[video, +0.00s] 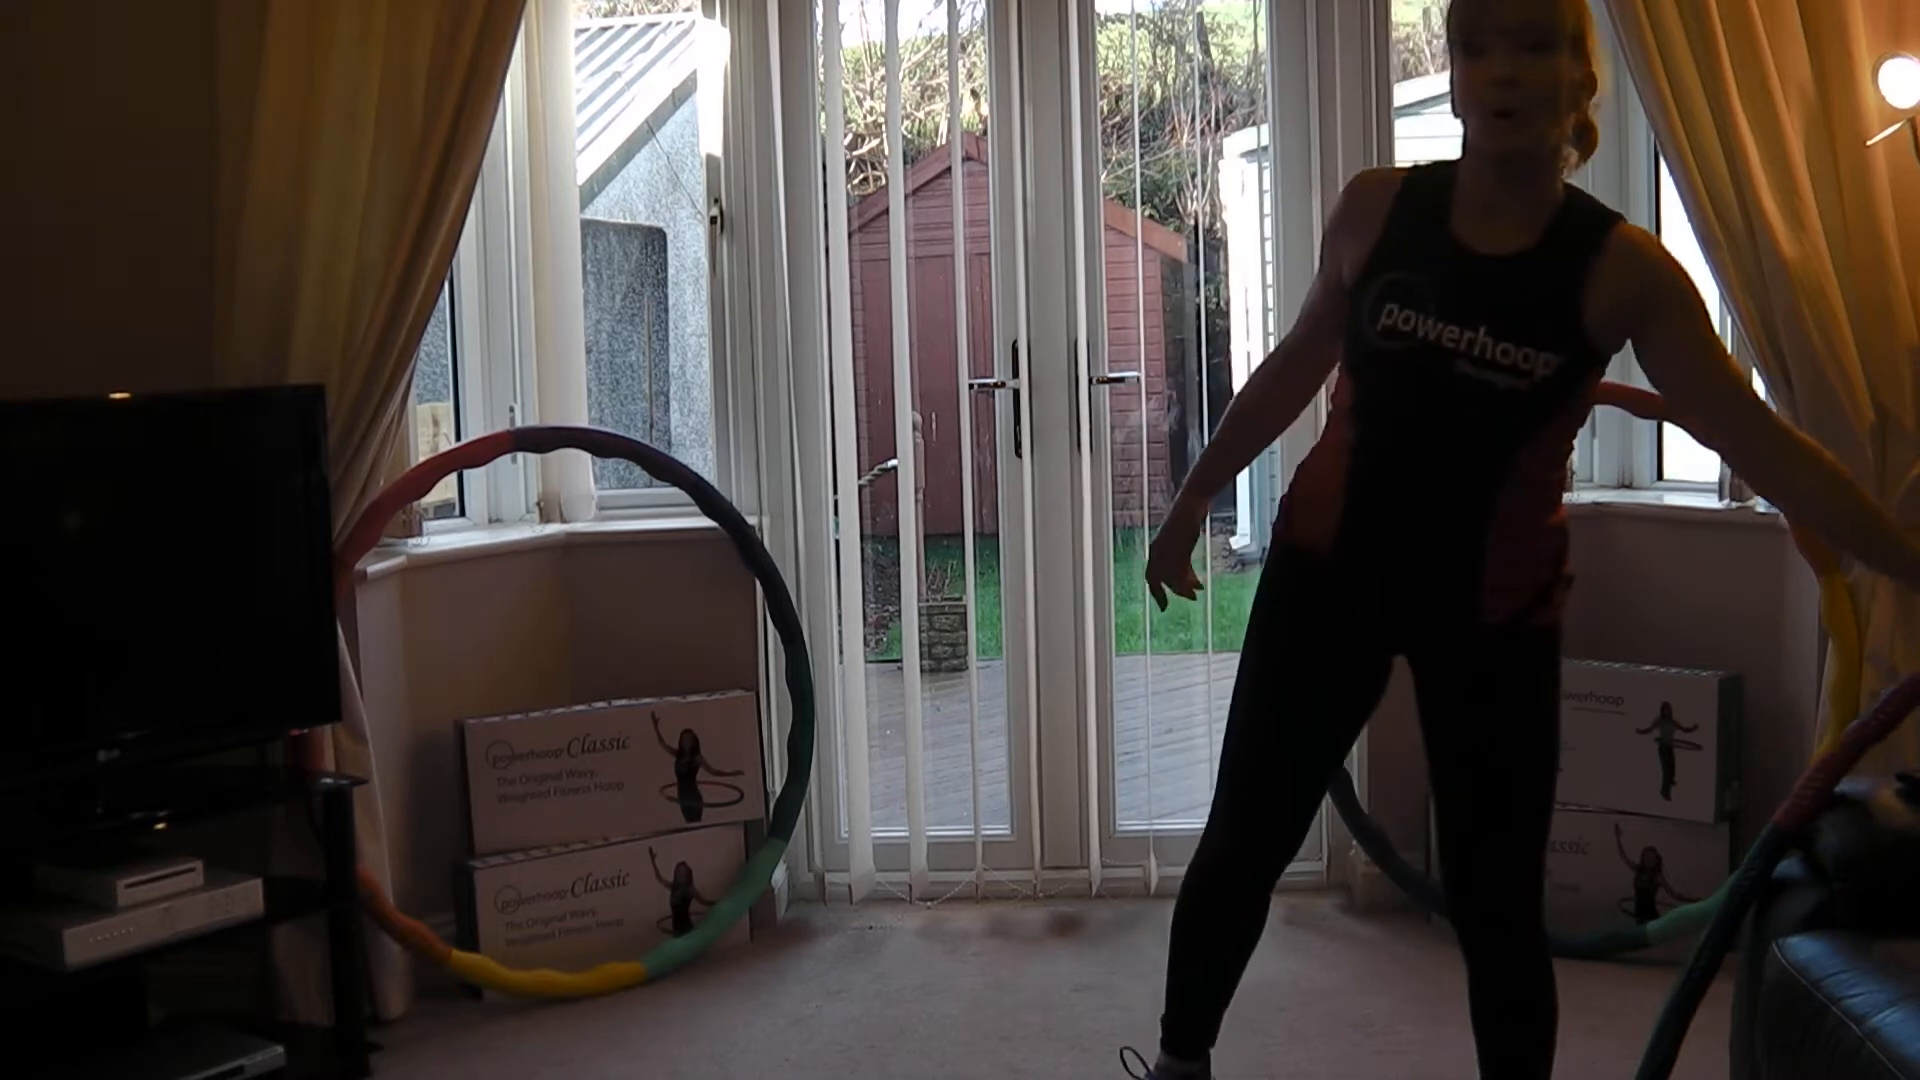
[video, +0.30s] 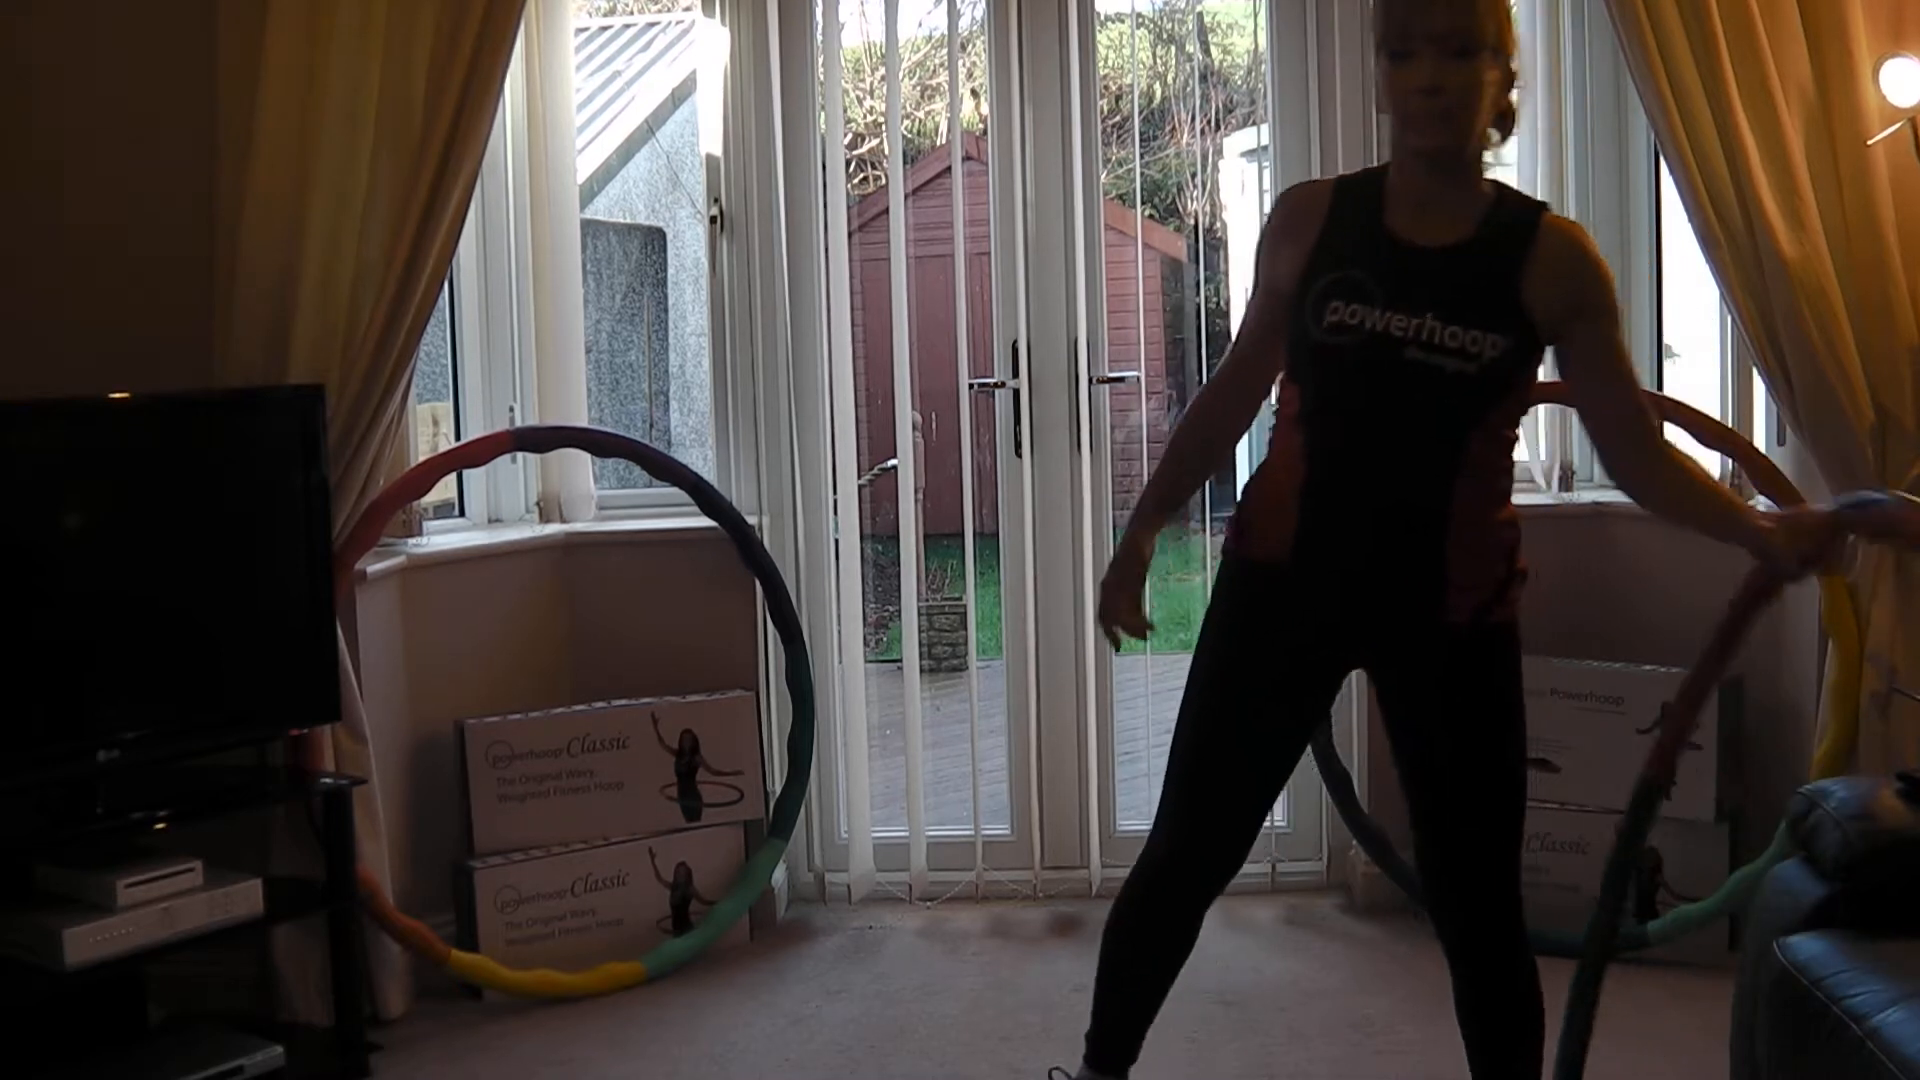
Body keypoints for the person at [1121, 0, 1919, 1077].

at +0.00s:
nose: (1506, 71)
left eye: (1536, 46)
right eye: (1482, 47)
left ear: (1583, 76)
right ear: (1451, 73)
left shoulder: (1628, 275)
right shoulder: (1376, 209)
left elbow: (1763, 450)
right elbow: (1297, 362)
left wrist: (1903, 559)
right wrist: (1192, 500)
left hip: (1490, 602)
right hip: (1330, 572)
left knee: (1497, 907)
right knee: (1241, 845)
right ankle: (1180, 1060)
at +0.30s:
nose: (1429, 76)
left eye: (1458, 52)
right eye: (1404, 52)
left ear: (1503, 82)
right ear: (1377, 76)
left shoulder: (1553, 260)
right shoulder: (1311, 222)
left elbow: (1634, 448)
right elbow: (1236, 391)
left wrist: (1759, 533)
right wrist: (1137, 537)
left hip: (1450, 602)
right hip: (1285, 584)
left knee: (1480, 906)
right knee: (1184, 857)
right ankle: (1100, 1066)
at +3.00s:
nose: (969, 120)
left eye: (992, 100)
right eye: (948, 98)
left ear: (1024, 116)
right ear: (914, 110)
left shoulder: (1082, 250)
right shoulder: (858, 257)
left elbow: (1139, 401)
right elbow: (816, 405)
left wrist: (1122, 449)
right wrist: (835, 459)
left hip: (1054, 587)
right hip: (909, 592)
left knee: (1075, 828)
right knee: (933, 861)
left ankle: (1099, 1021)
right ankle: (961, 1075)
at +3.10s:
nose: (964, 119)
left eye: (987, 99)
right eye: (943, 96)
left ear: (1023, 119)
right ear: (912, 111)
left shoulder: (1082, 252)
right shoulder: (860, 260)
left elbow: (1145, 403)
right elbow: (812, 413)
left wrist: (1118, 447)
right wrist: (843, 455)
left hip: (1054, 587)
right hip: (909, 593)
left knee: (1070, 823)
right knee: (933, 859)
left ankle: (1093, 1021)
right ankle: (960, 1074)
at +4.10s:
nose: (994, 111)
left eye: (1020, 95)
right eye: (975, 86)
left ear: (1044, 120)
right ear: (938, 98)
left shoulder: (1089, 253)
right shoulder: (868, 258)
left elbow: (1157, 408)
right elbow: (815, 409)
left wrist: (1193, 489)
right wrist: (780, 488)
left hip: (1075, 584)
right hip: (926, 589)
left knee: (1088, 822)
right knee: (947, 858)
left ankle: (1105, 1024)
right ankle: (963, 1075)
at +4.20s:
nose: (996, 115)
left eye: (1021, 97)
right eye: (975, 90)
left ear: (1045, 122)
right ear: (936, 104)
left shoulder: (1091, 255)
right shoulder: (868, 260)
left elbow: (1158, 412)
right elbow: (821, 417)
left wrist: (1189, 489)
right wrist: (772, 498)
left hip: (1074, 587)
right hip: (926, 592)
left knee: (1083, 829)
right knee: (946, 861)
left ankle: (1096, 1027)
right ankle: (963, 1074)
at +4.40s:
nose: (993, 119)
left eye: (1017, 102)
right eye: (972, 96)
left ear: (1040, 123)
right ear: (933, 106)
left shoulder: (1091, 254)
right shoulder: (868, 262)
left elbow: (1153, 415)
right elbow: (824, 421)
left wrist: (1187, 493)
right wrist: (774, 495)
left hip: (1072, 585)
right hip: (925, 590)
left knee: (1081, 827)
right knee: (946, 853)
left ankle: (1094, 1025)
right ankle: (963, 1070)